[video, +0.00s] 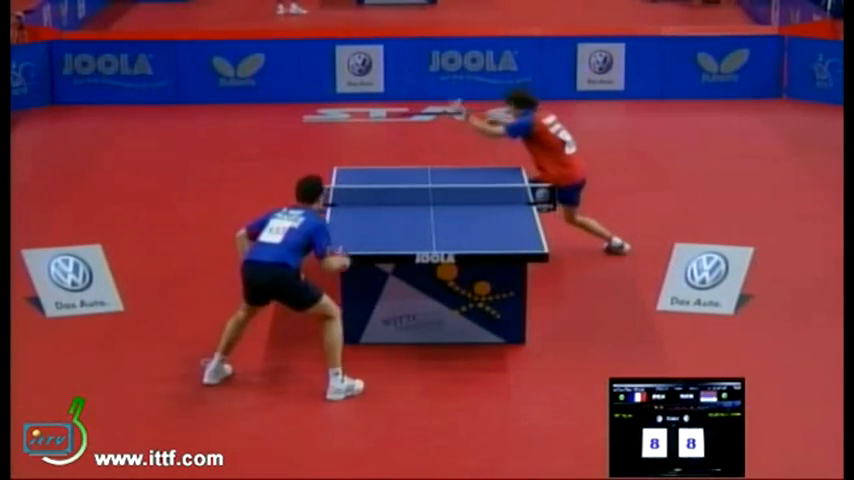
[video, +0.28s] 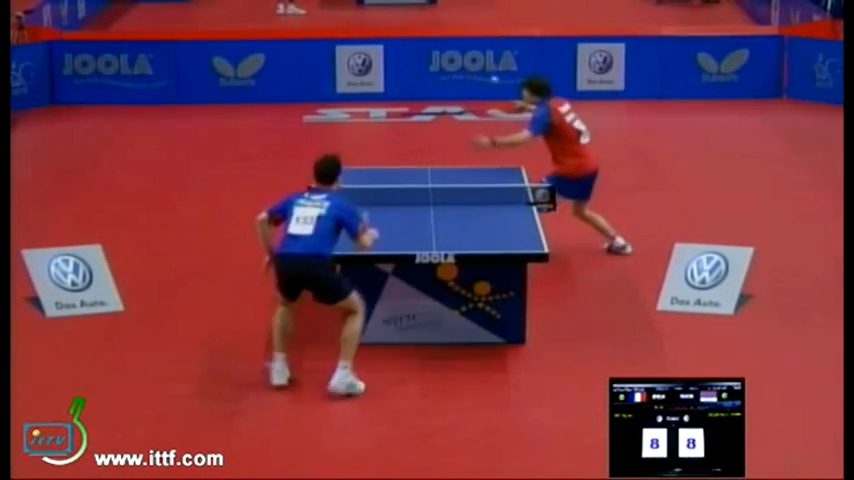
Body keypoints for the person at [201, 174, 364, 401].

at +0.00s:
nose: (324, 201)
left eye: (323, 196)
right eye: (323, 197)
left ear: (297, 196)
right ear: (318, 199)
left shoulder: (278, 213)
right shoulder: (316, 222)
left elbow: (242, 235)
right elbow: (327, 264)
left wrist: (249, 264)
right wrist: (342, 261)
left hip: (253, 268)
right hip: (282, 273)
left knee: (246, 311)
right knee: (332, 314)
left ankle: (216, 364)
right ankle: (337, 380)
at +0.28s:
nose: (338, 180)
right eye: (339, 177)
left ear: (314, 176)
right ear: (337, 180)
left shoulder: (297, 199)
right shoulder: (339, 204)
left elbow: (263, 219)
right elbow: (363, 242)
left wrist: (269, 252)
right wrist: (369, 234)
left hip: (286, 260)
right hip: (317, 263)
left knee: (284, 305)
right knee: (354, 309)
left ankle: (278, 364)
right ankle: (343, 372)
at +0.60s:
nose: (371, 181)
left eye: (361, 176)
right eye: (372, 178)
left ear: (350, 178)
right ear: (372, 180)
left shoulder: (333, 201)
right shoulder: (376, 205)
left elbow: (298, 225)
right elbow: (411, 236)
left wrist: (309, 241)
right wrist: (415, 225)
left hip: (331, 270)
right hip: (364, 270)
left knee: (308, 312)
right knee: (405, 314)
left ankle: (288, 367)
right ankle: (438, 368)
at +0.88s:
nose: (401, 191)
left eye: (392, 186)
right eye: (403, 187)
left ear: (380, 186)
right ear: (404, 190)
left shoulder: (362, 211)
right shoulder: (410, 216)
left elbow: (328, 217)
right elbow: (441, 239)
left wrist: (325, 212)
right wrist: (447, 236)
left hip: (368, 285)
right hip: (406, 283)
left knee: (330, 314)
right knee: (456, 298)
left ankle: (313, 374)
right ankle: (472, 359)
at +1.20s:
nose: (472, 195)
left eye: (470, 191)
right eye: (480, 192)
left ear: (466, 194)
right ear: (488, 195)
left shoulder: (457, 213)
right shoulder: (503, 217)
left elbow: (418, 211)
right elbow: (534, 222)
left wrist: (375, 197)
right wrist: (537, 216)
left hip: (457, 283)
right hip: (492, 283)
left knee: (413, 326)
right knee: (523, 310)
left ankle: (371, 371)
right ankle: (550, 357)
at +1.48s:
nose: (471, 195)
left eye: (467, 190)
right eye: (475, 191)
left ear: (460, 195)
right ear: (483, 196)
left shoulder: (449, 217)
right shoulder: (492, 219)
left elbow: (410, 223)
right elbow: (521, 246)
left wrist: (365, 213)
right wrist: (530, 229)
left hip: (457, 289)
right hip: (493, 288)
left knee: (408, 307)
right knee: (524, 312)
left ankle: (404, 370)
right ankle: (558, 359)